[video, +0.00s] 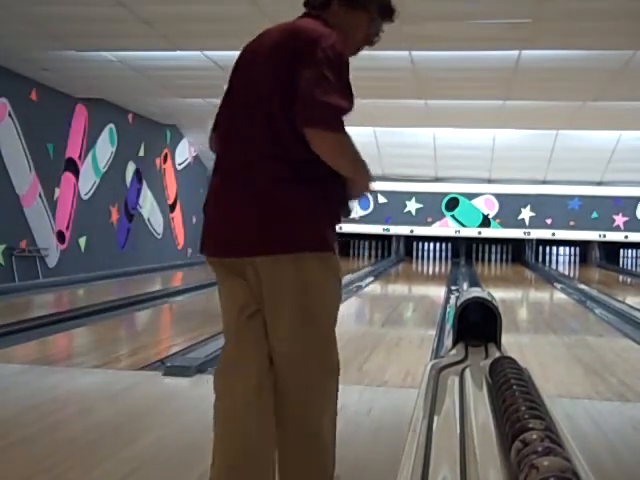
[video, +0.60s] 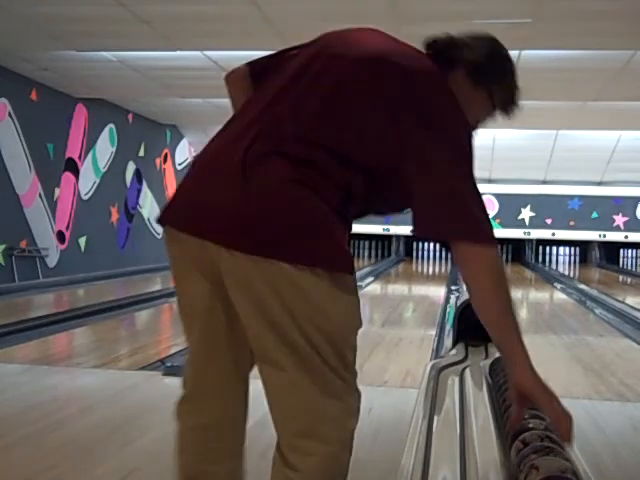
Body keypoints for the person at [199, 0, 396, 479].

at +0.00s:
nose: (374, 38)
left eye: (380, 29)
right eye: (375, 24)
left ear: (324, 6)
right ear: (346, 7)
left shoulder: (262, 44)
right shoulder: (322, 42)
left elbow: (221, 137)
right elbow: (322, 128)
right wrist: (359, 174)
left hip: (229, 233)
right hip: (290, 236)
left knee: (243, 373)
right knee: (307, 372)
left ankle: (237, 476)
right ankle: (307, 473)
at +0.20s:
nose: (393, 35)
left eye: (400, 24)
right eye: (398, 18)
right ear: (375, 2)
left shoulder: (274, 27)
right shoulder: (335, 34)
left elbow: (212, 111)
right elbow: (338, 133)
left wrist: (287, 146)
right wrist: (401, 217)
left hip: (218, 225)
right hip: (288, 229)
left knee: (236, 383)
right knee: (310, 393)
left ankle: (232, 475)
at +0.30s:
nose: (414, 38)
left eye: (421, 27)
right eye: (416, 21)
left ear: (376, 2)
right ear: (386, 6)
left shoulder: (287, 26)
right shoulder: (352, 44)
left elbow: (214, 101)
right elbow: (386, 169)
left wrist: (285, 143)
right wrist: (444, 258)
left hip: (214, 227)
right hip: (286, 233)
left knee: (233, 382)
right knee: (310, 396)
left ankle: (231, 475)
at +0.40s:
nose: (436, 65)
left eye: (444, 52)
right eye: (439, 45)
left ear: (391, 13)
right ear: (411, 21)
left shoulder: (307, 29)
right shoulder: (384, 65)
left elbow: (218, 94)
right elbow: (429, 197)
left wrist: (279, 147)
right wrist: (481, 299)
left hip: (209, 235)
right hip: (289, 243)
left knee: (224, 400)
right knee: (307, 410)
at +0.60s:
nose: (478, 123)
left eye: (488, 115)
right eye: (485, 110)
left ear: (442, 58)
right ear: (466, 75)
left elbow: (240, 77)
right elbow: (474, 248)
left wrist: (272, 165)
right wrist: (522, 371)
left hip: (192, 215)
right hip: (285, 235)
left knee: (208, 397)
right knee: (317, 417)